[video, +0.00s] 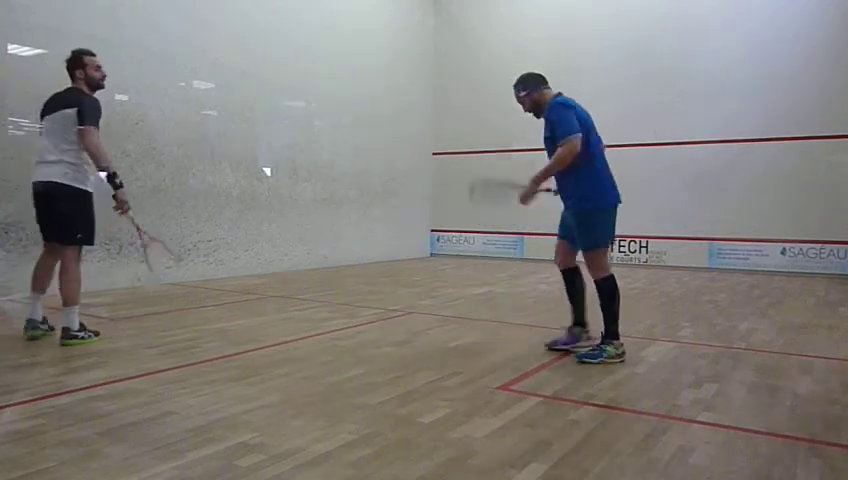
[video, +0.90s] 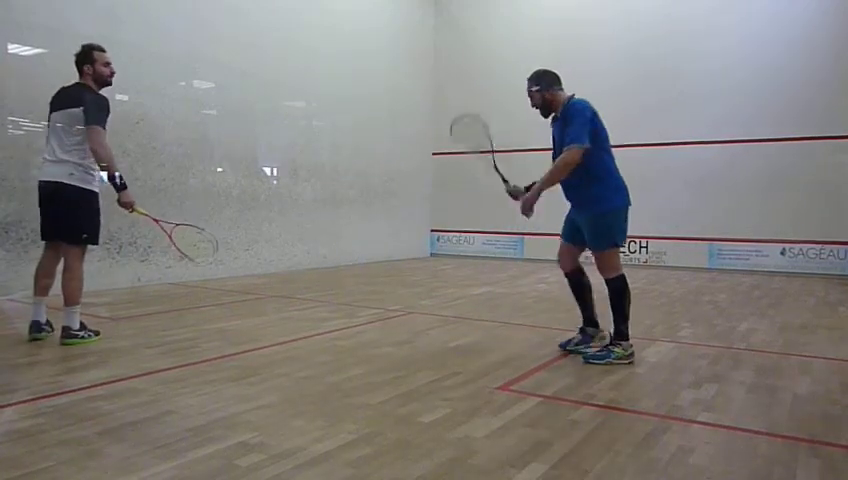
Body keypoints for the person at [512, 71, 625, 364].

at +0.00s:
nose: (522, 108)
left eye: (522, 101)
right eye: (520, 103)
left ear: (535, 93)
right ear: (537, 92)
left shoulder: (560, 109)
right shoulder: (561, 110)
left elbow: (571, 147)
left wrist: (536, 180)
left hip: (594, 201)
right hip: (577, 202)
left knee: (597, 264)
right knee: (564, 259)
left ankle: (611, 342)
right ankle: (579, 329)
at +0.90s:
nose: (531, 102)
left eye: (532, 95)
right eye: (529, 96)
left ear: (548, 90)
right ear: (547, 92)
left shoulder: (577, 110)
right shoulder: (559, 122)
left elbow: (572, 157)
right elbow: (562, 168)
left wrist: (535, 193)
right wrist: (531, 189)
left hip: (605, 204)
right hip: (582, 205)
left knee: (609, 265)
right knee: (567, 259)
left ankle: (622, 343)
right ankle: (591, 330)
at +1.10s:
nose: (516, 103)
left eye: (519, 97)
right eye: (516, 98)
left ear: (534, 95)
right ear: (536, 96)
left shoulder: (557, 114)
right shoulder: (546, 125)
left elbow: (521, 155)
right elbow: (526, 172)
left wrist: (483, 175)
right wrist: (496, 152)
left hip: (594, 202)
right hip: (571, 204)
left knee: (602, 265)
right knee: (549, 256)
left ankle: (621, 343)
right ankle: (532, 324)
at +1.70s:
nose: (450, 112)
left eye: (450, 108)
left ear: (450, 107)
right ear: (471, 108)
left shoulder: (445, 128)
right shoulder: (486, 128)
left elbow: (416, 161)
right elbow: (521, 138)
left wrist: (401, 194)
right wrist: (543, 130)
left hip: (471, 197)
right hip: (501, 196)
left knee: (448, 254)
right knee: (494, 256)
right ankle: (498, 321)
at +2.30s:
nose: (369, 105)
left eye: (359, 100)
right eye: (374, 101)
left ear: (354, 101)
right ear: (376, 101)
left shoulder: (342, 126)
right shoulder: (386, 124)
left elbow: (320, 158)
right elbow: (408, 152)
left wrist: (336, 179)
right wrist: (441, 163)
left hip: (346, 197)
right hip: (377, 197)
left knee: (341, 252)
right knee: (385, 255)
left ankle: (329, 307)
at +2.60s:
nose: (365, 108)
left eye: (362, 104)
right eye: (366, 104)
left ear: (343, 101)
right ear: (363, 103)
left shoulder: (323, 122)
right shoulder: (365, 126)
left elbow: (299, 156)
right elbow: (380, 164)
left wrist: (313, 181)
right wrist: (400, 196)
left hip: (310, 188)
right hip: (340, 190)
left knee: (315, 248)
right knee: (345, 251)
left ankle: (309, 309)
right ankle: (326, 312)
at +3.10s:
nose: (251, 111)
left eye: (244, 107)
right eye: (255, 107)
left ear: (238, 109)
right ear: (260, 109)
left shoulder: (225, 133)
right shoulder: (276, 138)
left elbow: (204, 167)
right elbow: (289, 182)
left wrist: (214, 192)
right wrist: (262, 187)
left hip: (237, 213)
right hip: (274, 210)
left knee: (235, 273)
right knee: (292, 261)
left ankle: (275, 314)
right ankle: (319, 303)